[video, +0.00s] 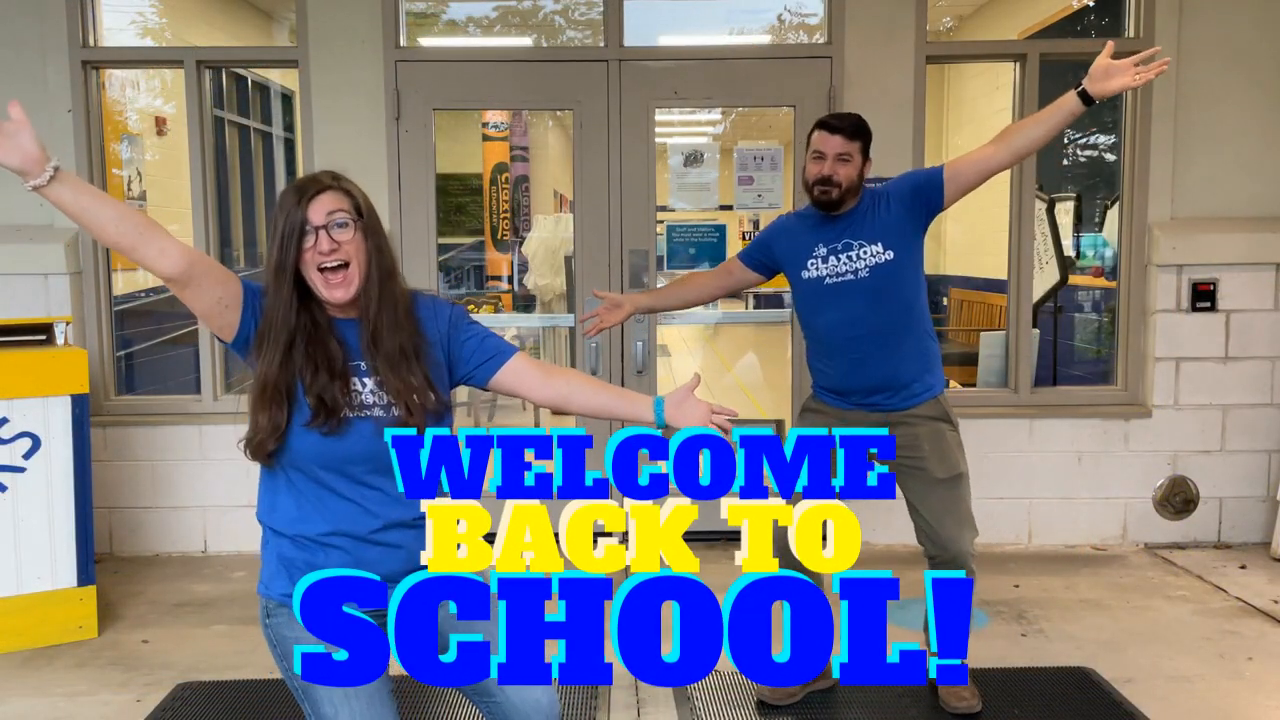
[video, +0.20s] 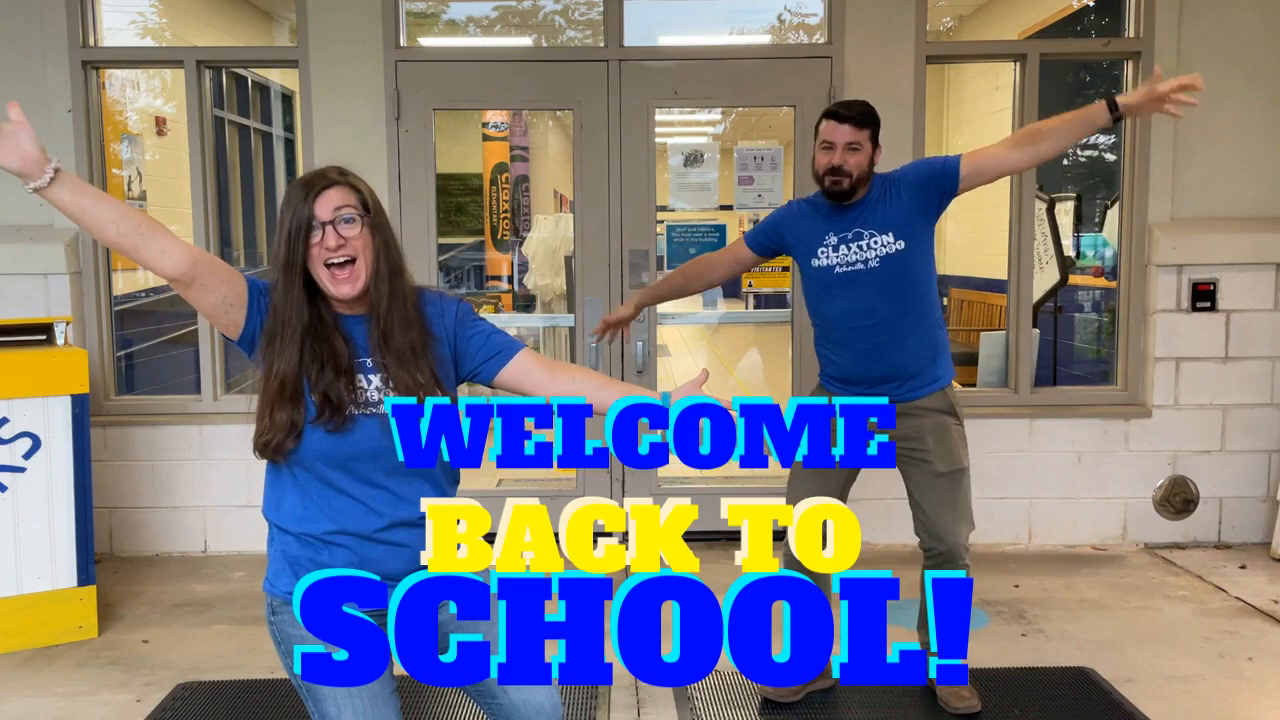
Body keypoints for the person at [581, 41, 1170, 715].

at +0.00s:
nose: (827, 168)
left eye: (841, 159)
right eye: (818, 156)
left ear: (864, 165)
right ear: (806, 162)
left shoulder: (904, 199)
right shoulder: (786, 235)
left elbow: (999, 152)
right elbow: (718, 281)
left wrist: (1084, 93)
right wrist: (638, 302)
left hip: (918, 411)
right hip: (832, 412)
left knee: (952, 544)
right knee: (802, 538)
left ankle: (951, 663)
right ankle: (803, 659)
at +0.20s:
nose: (836, 158)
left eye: (850, 148)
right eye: (826, 147)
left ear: (874, 152)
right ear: (812, 154)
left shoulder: (916, 186)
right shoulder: (794, 222)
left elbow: (1017, 151)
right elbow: (718, 265)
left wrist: (1120, 106)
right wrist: (640, 297)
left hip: (923, 402)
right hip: (837, 409)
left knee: (947, 541)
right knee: (802, 531)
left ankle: (949, 666)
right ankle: (803, 659)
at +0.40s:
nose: (849, 170)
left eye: (863, 158)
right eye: (838, 158)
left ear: (887, 165)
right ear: (824, 164)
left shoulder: (931, 215)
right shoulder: (805, 236)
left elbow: (1025, 261)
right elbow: (763, 319)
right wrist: (721, 389)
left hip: (934, 413)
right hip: (849, 412)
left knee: (951, 552)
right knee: (813, 537)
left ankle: (947, 663)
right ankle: (807, 656)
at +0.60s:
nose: (858, 171)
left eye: (872, 159)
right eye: (847, 159)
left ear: (896, 167)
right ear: (832, 168)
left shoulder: (940, 232)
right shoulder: (808, 243)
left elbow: (966, 328)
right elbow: (794, 331)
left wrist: (982, 415)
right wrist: (787, 402)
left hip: (932, 420)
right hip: (842, 418)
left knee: (952, 554)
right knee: (809, 539)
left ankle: (948, 665)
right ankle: (806, 661)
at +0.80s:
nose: (819, 145)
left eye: (833, 132)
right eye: (807, 134)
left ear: (858, 138)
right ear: (794, 145)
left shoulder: (905, 194)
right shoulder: (773, 212)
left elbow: (975, 266)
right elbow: (723, 276)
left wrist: (1013, 348)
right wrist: (686, 336)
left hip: (898, 398)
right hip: (810, 394)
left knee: (933, 529)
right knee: (763, 523)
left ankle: (942, 657)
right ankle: (720, 663)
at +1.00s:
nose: (750, 152)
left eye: (761, 138)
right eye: (736, 144)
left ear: (788, 142)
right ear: (725, 156)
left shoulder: (833, 199)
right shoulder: (715, 221)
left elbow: (917, 252)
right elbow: (647, 297)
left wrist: (968, 326)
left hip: (840, 412)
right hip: (751, 412)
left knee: (899, 542)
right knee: (708, 548)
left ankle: (940, 657)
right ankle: (678, 690)